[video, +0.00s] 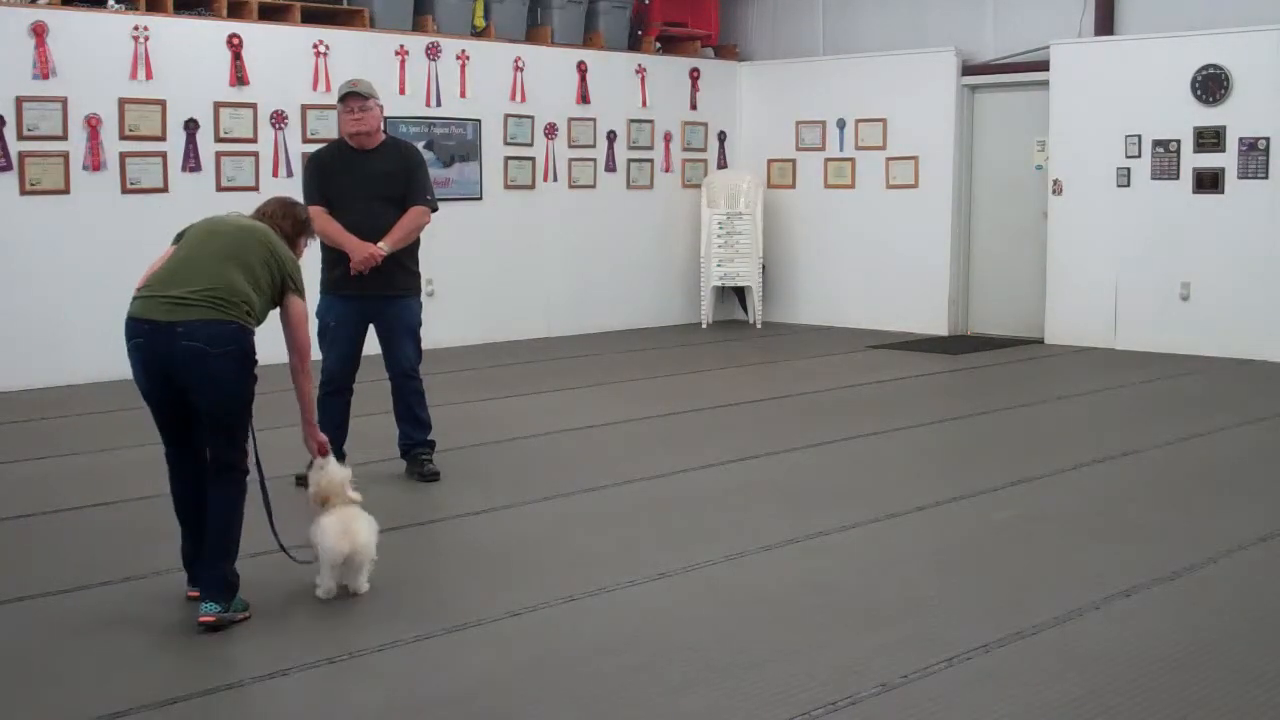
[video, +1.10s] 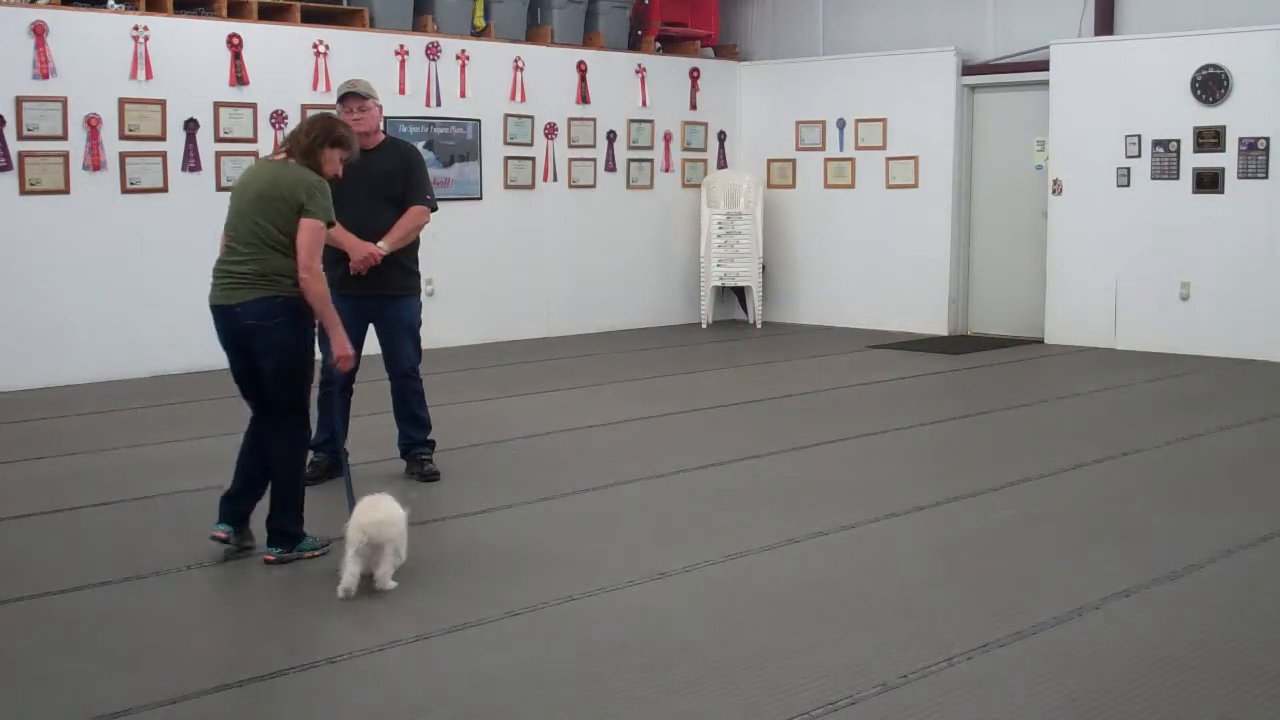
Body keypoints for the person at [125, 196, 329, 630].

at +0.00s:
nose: (301, 255)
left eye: (304, 248)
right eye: (302, 247)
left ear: (260, 219)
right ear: (291, 237)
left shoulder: (202, 227)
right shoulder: (284, 259)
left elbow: (145, 284)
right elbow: (300, 355)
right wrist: (311, 427)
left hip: (146, 335)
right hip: (215, 341)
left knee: (182, 455)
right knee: (228, 464)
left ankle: (200, 576)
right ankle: (216, 596)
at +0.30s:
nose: (307, 258)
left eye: (312, 250)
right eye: (309, 249)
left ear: (272, 221)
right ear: (300, 239)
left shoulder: (217, 225)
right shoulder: (288, 255)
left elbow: (155, 273)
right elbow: (308, 354)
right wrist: (327, 424)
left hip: (150, 321)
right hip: (214, 326)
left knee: (190, 442)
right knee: (234, 443)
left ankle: (198, 570)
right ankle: (222, 546)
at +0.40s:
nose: (310, 247)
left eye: (314, 239)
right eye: (312, 238)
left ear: (274, 211)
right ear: (301, 225)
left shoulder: (221, 217)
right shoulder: (289, 243)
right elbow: (306, 339)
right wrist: (323, 412)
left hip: (154, 319)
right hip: (218, 321)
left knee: (194, 438)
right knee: (241, 438)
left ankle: (199, 570)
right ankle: (232, 550)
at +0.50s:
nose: (317, 235)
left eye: (321, 225)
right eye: (319, 223)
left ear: (277, 198)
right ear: (304, 211)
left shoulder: (221, 210)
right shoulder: (291, 232)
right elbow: (302, 325)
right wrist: (314, 395)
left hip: (160, 316)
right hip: (225, 319)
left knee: (201, 438)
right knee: (249, 437)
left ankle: (204, 566)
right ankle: (255, 554)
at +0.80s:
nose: (333, 196)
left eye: (337, 188)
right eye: (333, 185)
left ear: (290, 167)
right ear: (314, 170)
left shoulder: (233, 191)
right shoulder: (306, 209)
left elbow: (195, 255)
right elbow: (295, 283)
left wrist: (202, 309)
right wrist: (299, 355)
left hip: (194, 323)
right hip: (253, 324)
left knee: (222, 435)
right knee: (277, 433)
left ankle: (207, 549)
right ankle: (284, 537)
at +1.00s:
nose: (340, 176)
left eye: (345, 167)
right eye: (340, 165)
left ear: (297, 151)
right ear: (318, 153)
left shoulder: (250, 176)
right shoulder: (314, 194)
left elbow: (218, 245)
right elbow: (305, 276)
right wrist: (324, 347)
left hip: (220, 312)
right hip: (273, 314)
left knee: (255, 417)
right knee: (293, 424)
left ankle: (219, 512)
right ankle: (286, 537)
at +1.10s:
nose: (340, 172)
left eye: (344, 163)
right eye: (339, 161)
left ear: (297, 145)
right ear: (317, 148)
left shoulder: (254, 173)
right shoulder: (313, 188)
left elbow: (230, 245)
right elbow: (309, 273)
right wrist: (337, 334)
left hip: (228, 308)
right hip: (277, 311)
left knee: (268, 415)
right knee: (290, 422)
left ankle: (232, 519)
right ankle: (285, 538)